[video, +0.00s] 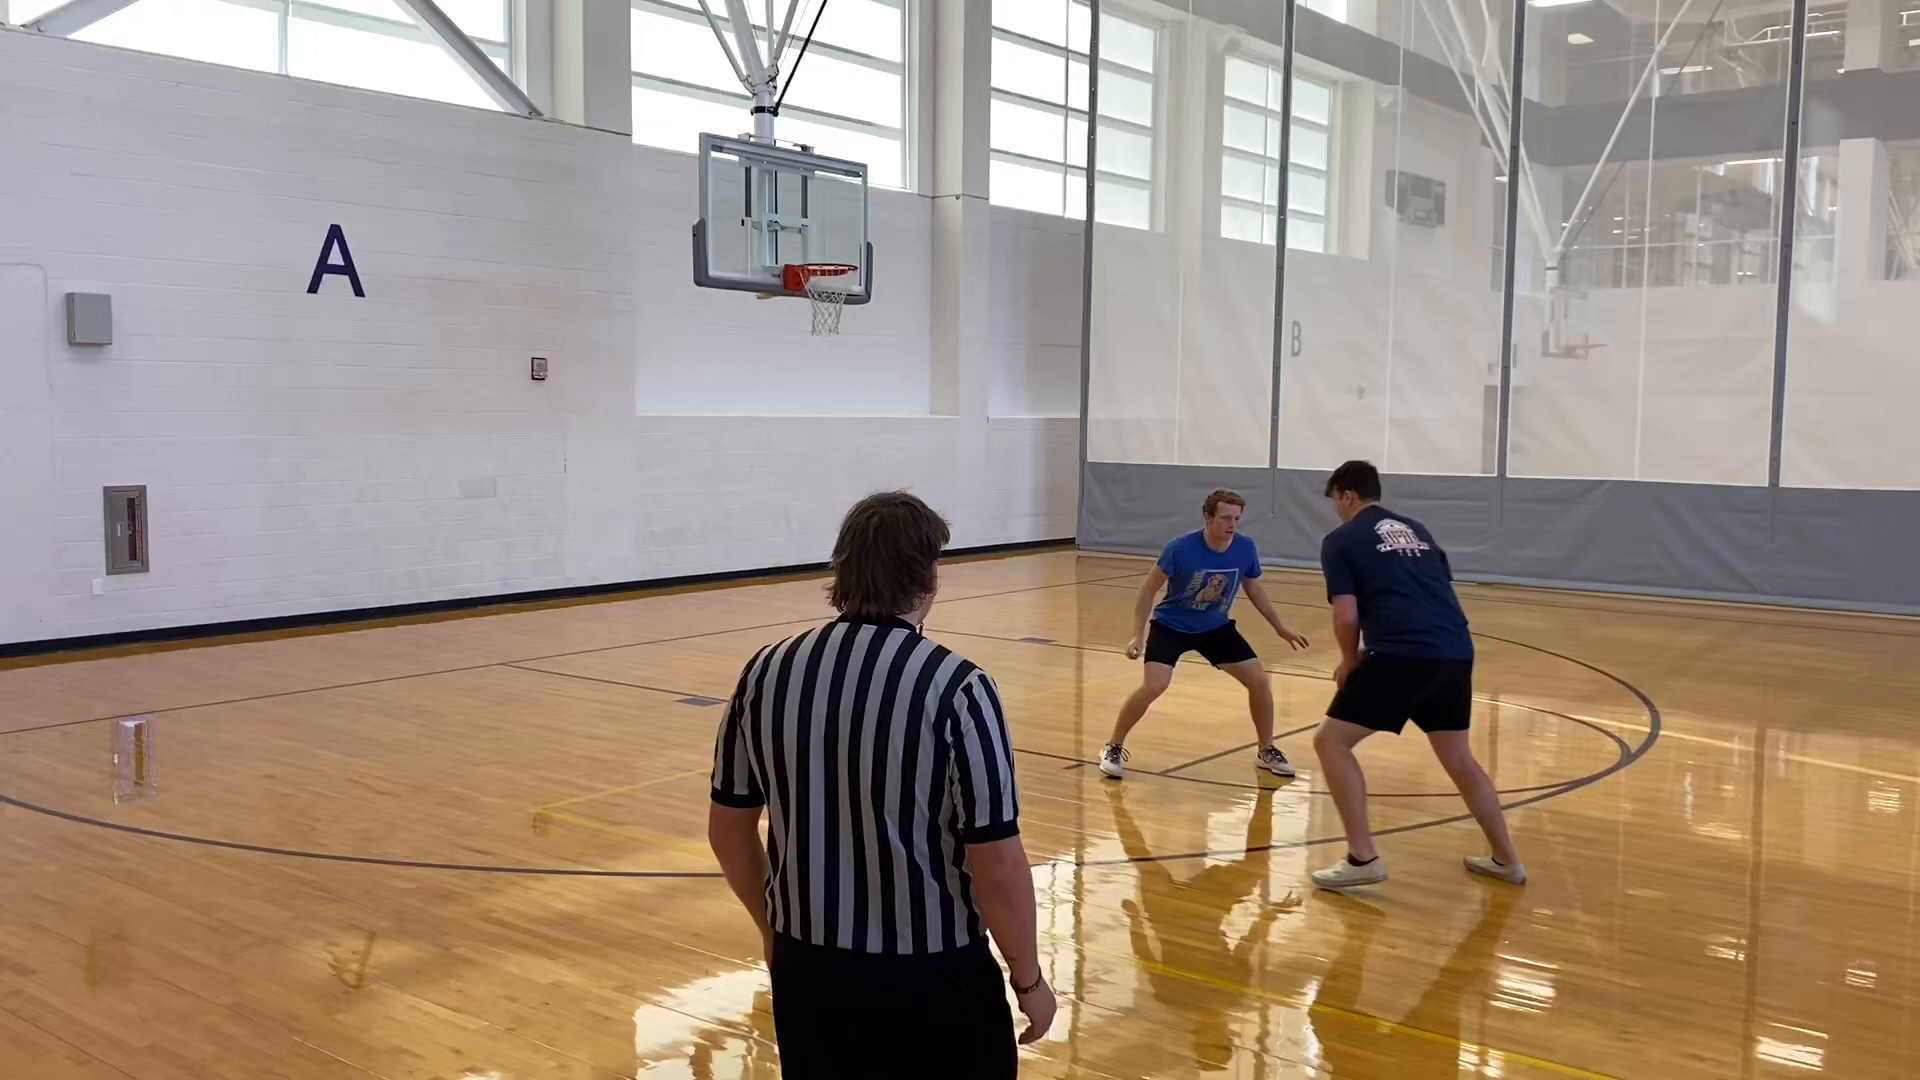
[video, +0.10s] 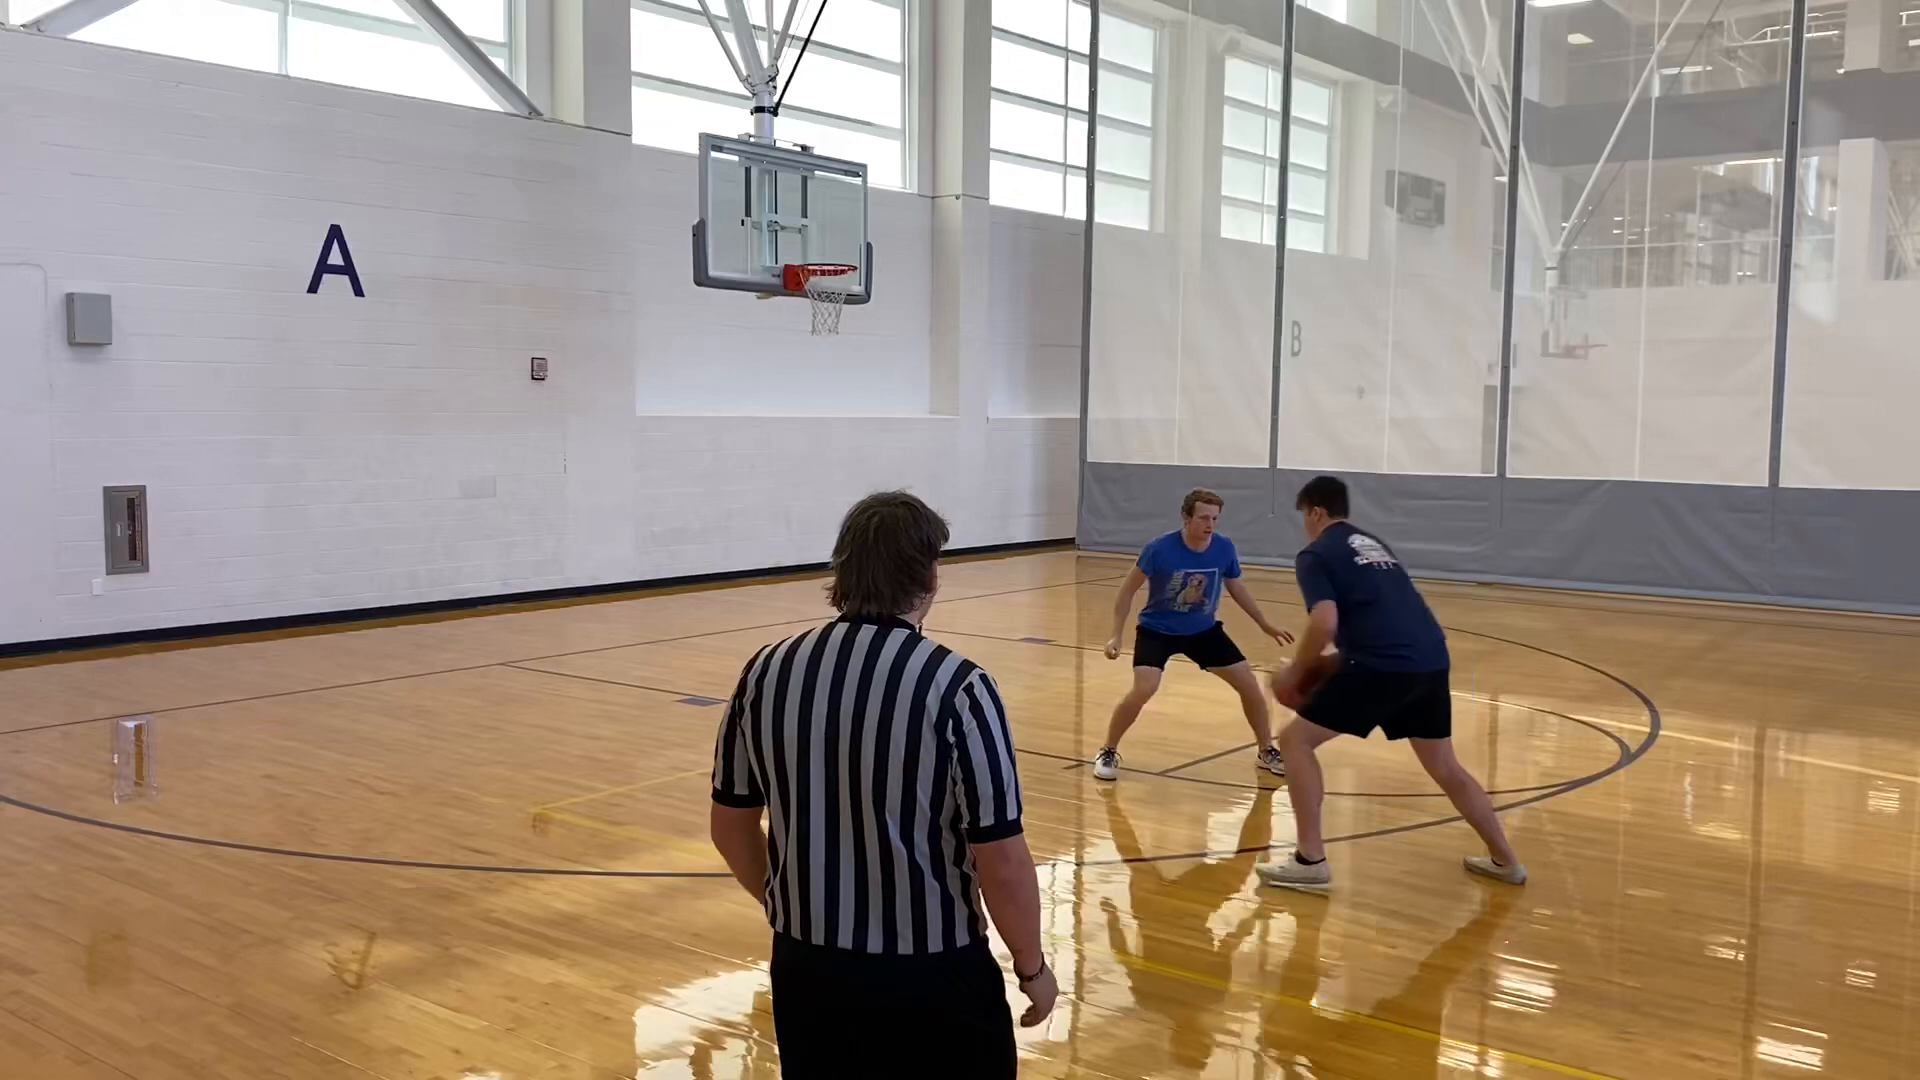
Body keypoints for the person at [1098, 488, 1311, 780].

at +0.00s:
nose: (1232, 524)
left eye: (1236, 518)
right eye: (1226, 518)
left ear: (1240, 519)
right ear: (1208, 518)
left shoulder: (1245, 548)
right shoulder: (1180, 548)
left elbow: (1254, 589)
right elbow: (1149, 589)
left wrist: (1280, 628)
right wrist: (1138, 636)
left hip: (1215, 628)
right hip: (1171, 626)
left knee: (1259, 681)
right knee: (1154, 685)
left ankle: (1267, 751)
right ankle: (1114, 747)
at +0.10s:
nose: (1210, 524)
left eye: (1214, 518)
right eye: (1204, 518)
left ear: (1218, 519)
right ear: (1186, 518)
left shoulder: (1224, 549)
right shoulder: (1159, 549)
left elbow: (1237, 588)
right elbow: (1129, 588)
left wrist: (1265, 625)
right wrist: (1117, 635)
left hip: (1203, 631)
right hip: (1157, 631)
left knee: (1248, 684)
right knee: (1144, 688)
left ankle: (1267, 752)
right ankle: (1108, 751)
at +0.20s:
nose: (1178, 513)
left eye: (1183, 507)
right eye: (1172, 506)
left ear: (1187, 509)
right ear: (1156, 507)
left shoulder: (1192, 538)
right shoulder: (1128, 539)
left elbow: (1206, 579)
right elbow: (1093, 577)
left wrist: (1236, 619)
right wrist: (1081, 622)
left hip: (1177, 625)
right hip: (1132, 624)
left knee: (1220, 681)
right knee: (1125, 682)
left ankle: (1261, 742)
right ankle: (1106, 752)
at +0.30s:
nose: (1145, 499)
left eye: (1151, 493)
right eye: (1139, 492)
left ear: (1157, 494)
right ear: (1125, 491)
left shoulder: (1165, 525)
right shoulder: (1098, 522)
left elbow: (1188, 566)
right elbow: (1065, 553)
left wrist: (1213, 594)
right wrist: (1047, 596)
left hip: (1151, 611)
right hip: (1106, 611)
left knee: (1189, 674)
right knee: (1110, 675)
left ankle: (1218, 742)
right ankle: (1104, 751)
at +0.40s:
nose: (1118, 491)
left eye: (1124, 486)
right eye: (1112, 485)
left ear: (1130, 488)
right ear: (1100, 485)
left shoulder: (1136, 518)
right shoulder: (1073, 513)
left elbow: (1158, 553)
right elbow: (1045, 547)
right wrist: (1024, 588)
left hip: (1122, 599)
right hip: (1078, 599)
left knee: (1150, 660)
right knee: (1077, 670)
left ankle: (1147, 734)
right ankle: (1084, 744)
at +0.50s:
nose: (1086, 488)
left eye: (1092, 483)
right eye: (1081, 483)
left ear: (1100, 488)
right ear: (1072, 486)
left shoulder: (1111, 520)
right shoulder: (1049, 520)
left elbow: (1131, 563)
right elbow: (1024, 559)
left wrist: (1137, 605)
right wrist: (1005, 598)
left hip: (1100, 602)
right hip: (1055, 598)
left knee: (1116, 670)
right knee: (1035, 665)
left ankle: (1112, 742)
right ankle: (1027, 736)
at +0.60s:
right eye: (1032, 502)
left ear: (1051, 493)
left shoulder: (1087, 523)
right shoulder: (1030, 527)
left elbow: (1120, 557)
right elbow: (1006, 567)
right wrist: (984, 604)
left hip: (1082, 610)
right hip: (1041, 606)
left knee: (1099, 675)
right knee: (1000, 657)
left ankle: (1110, 744)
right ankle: (973, 720)